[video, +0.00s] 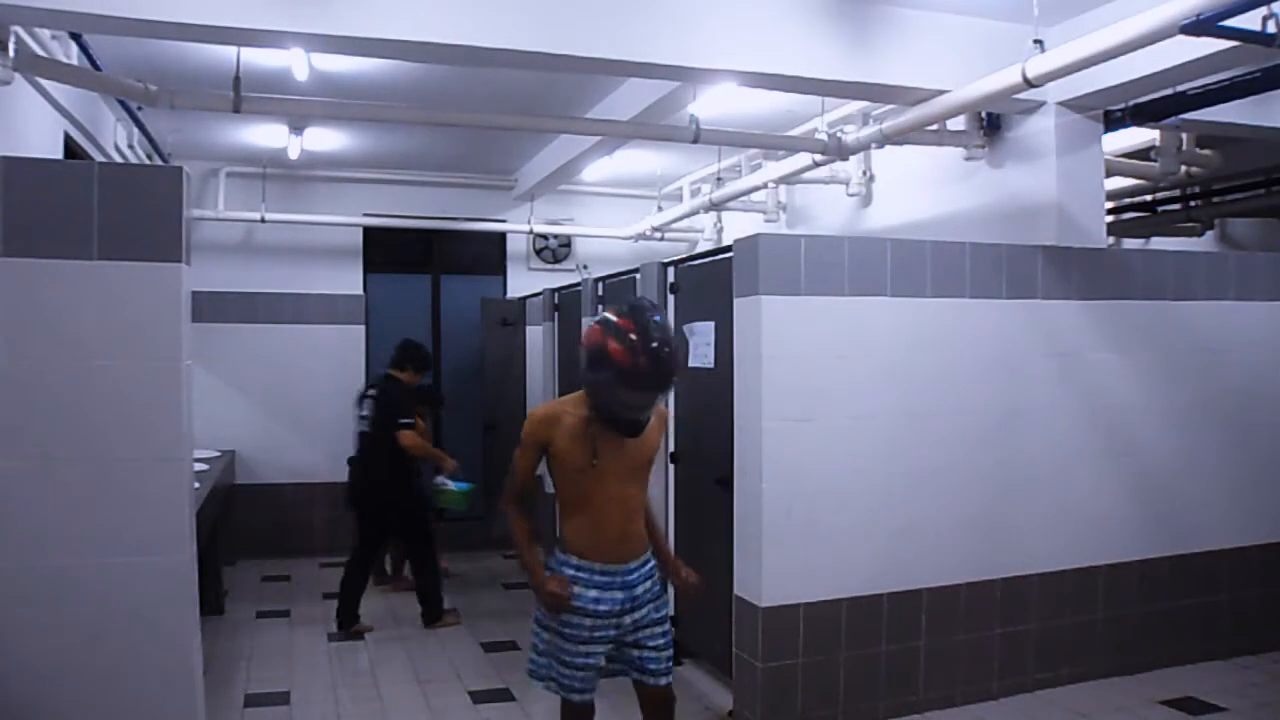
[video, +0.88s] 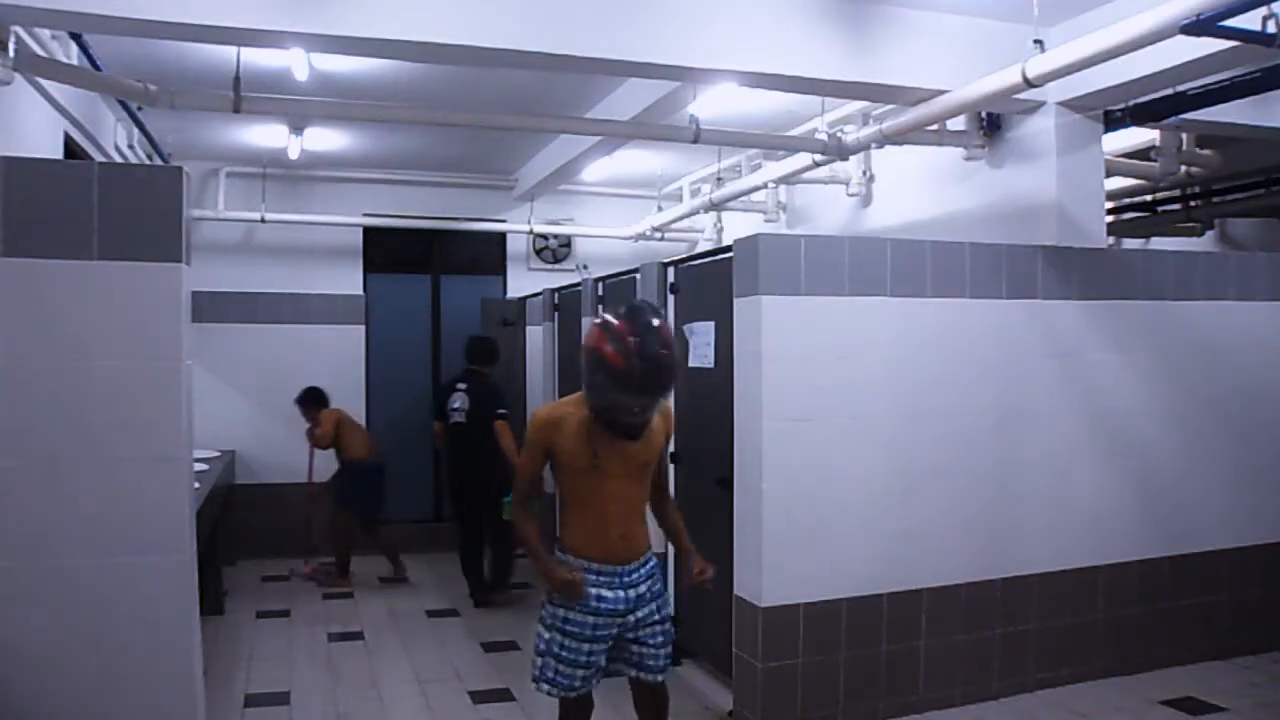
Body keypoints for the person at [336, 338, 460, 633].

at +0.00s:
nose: (420, 381)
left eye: (421, 375)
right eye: (420, 375)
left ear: (395, 364)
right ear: (411, 370)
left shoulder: (370, 390)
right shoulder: (401, 394)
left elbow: (373, 437)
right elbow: (407, 439)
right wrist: (441, 458)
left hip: (368, 481)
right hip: (398, 484)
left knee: (366, 549)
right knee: (421, 544)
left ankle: (347, 619)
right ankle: (433, 612)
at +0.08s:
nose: (431, 376)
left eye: (431, 370)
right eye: (430, 370)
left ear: (406, 363)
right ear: (424, 368)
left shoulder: (385, 389)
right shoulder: (419, 393)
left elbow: (364, 433)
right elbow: (421, 438)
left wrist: (373, 460)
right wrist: (451, 460)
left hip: (386, 482)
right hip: (417, 484)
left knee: (380, 546)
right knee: (432, 545)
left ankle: (353, 610)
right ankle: (433, 612)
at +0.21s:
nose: (449, 370)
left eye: (449, 364)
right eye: (449, 365)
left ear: (420, 358)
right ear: (444, 365)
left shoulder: (395, 389)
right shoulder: (436, 391)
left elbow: (381, 427)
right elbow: (443, 434)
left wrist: (386, 460)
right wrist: (472, 463)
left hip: (399, 477)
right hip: (431, 478)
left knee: (411, 537)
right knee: (439, 541)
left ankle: (388, 589)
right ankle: (434, 613)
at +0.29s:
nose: (458, 368)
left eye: (457, 362)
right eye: (457, 363)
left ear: (428, 357)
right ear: (454, 364)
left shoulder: (407, 386)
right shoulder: (446, 391)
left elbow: (391, 430)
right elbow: (457, 432)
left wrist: (391, 466)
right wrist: (484, 465)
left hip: (411, 475)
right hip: (441, 477)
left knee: (426, 536)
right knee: (442, 540)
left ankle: (430, 604)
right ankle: (434, 612)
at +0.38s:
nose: (465, 368)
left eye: (463, 363)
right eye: (464, 364)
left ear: (435, 358)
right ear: (461, 364)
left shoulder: (415, 388)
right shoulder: (457, 392)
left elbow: (395, 429)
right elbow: (471, 433)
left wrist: (391, 466)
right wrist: (493, 468)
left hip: (420, 473)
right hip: (449, 475)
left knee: (440, 539)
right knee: (443, 542)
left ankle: (450, 600)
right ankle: (434, 611)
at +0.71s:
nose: (483, 365)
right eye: (483, 360)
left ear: (457, 358)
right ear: (483, 361)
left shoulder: (439, 389)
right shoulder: (483, 391)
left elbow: (428, 431)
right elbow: (493, 431)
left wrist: (424, 464)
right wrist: (512, 469)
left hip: (449, 471)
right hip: (479, 471)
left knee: (464, 530)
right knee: (484, 530)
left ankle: (480, 593)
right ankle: (458, 589)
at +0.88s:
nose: (492, 365)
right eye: (492, 359)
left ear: (467, 358)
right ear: (492, 361)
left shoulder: (448, 386)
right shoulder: (492, 389)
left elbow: (439, 427)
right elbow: (501, 429)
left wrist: (450, 451)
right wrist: (518, 463)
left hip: (459, 468)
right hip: (489, 469)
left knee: (469, 529)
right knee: (499, 527)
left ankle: (477, 590)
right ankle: (499, 584)